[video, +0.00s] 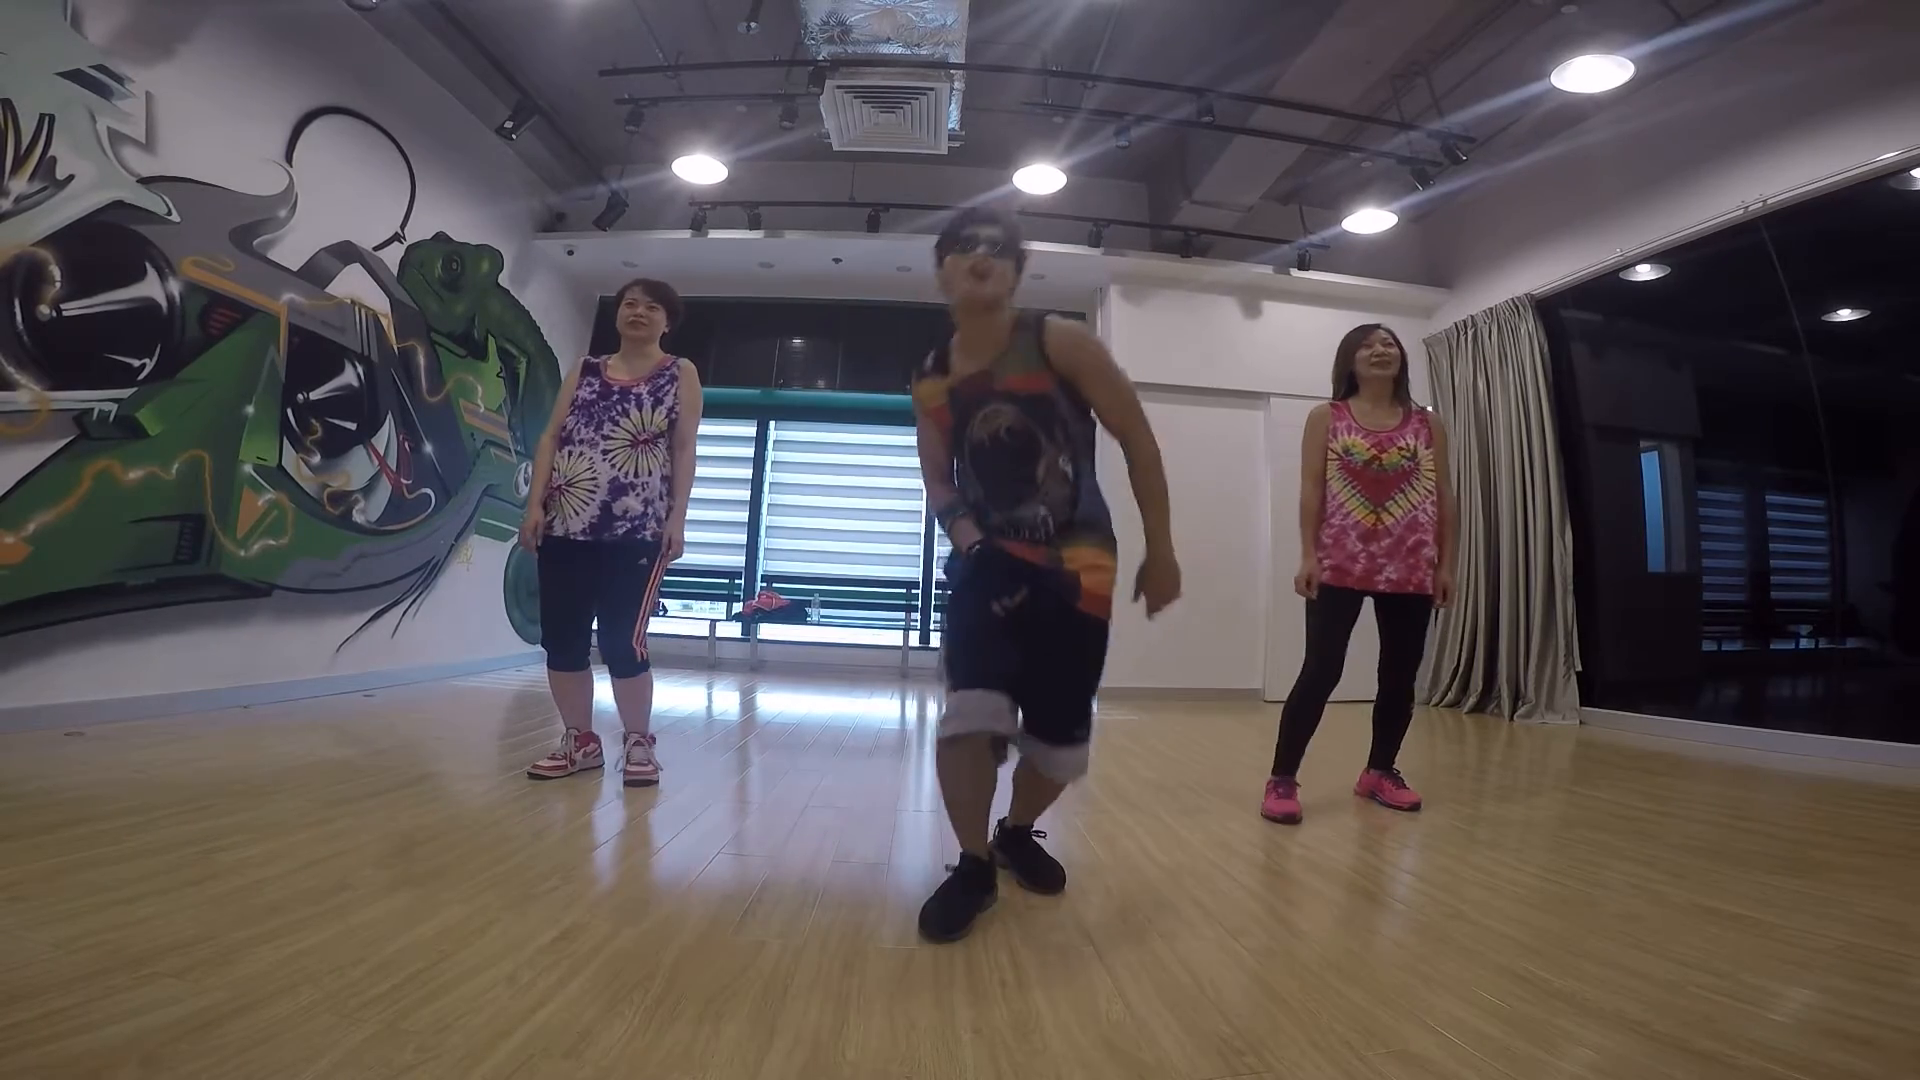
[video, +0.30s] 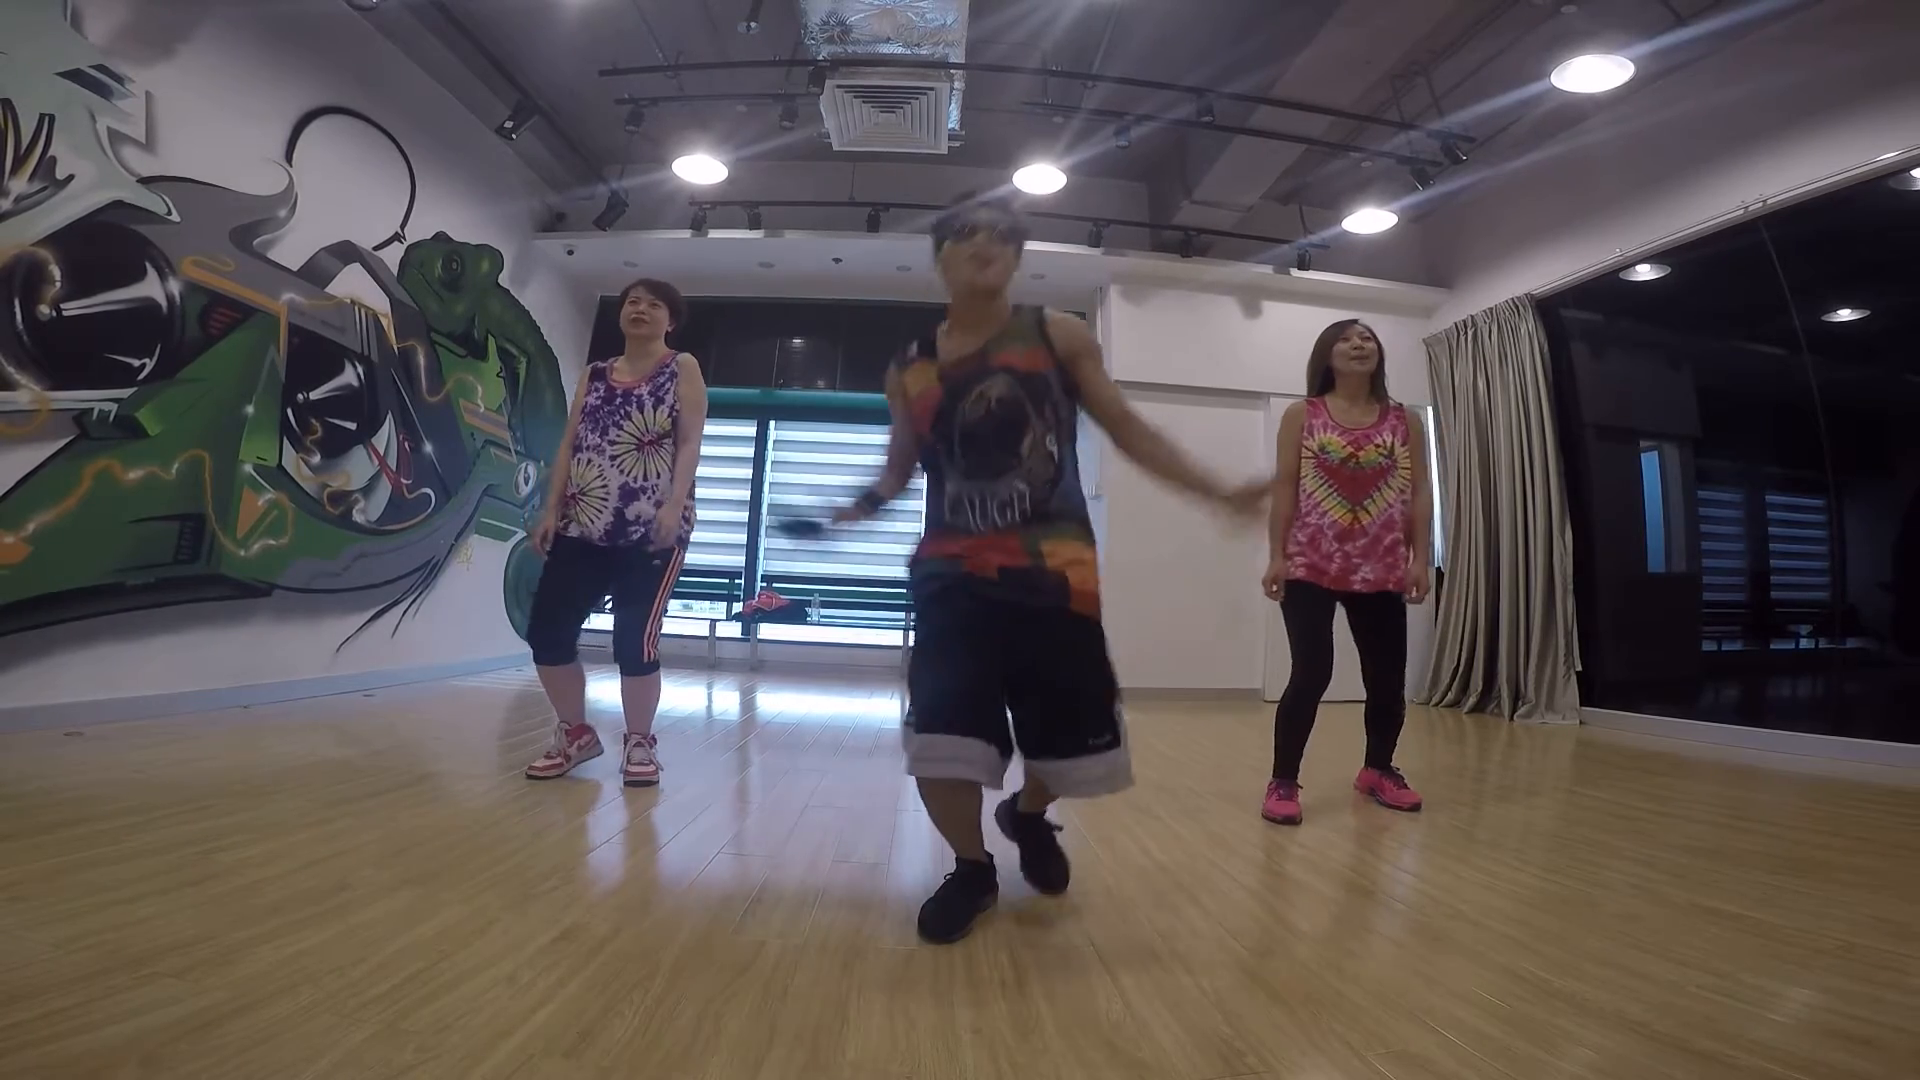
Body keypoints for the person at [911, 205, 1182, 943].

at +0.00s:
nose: (979, 260)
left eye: (996, 252)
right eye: (963, 249)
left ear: (1017, 275)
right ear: (940, 273)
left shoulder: (1063, 343)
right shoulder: (934, 379)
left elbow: (1139, 438)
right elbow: (938, 481)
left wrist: (1159, 549)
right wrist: (964, 531)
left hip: (1076, 568)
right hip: (985, 563)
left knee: (1059, 746)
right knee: (970, 718)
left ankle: (1015, 830)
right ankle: (973, 862)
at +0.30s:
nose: (984, 251)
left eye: (999, 240)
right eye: (966, 238)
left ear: (1018, 259)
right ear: (939, 259)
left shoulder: (1059, 337)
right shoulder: (913, 368)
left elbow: (1130, 432)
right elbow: (896, 469)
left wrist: (1218, 491)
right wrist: (860, 503)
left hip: (1054, 570)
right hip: (956, 570)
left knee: (1073, 742)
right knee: (937, 744)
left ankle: (1025, 813)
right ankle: (972, 866)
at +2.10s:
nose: (1044, 343)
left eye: (1055, 335)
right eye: (1029, 335)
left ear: (1069, 357)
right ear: (1005, 351)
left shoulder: (1063, 457)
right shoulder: (952, 406)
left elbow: (1055, 545)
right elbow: (894, 466)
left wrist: (1057, 616)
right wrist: (860, 538)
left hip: (1023, 605)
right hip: (944, 596)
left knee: (1053, 722)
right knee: (933, 722)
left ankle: (1005, 816)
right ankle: (963, 823)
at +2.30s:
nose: (1027, 312)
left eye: (1039, 304)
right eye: (1013, 303)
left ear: (1054, 326)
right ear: (988, 322)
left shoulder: (1072, 413)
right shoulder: (956, 398)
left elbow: (1078, 510)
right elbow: (933, 488)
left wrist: (1081, 599)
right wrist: (925, 565)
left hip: (1037, 586)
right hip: (952, 577)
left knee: (1042, 723)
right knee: (914, 712)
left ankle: (1004, 815)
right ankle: (948, 834)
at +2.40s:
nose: (1006, 281)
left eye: (1018, 275)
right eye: (992, 272)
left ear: (1032, 299)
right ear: (967, 294)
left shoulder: (1063, 367)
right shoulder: (949, 379)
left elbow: (1101, 453)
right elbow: (946, 469)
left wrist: (1106, 538)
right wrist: (939, 544)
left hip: (1040, 565)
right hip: (954, 560)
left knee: (1036, 707)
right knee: (915, 692)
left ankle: (1005, 815)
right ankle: (912, 842)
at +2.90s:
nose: (948, 350)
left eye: (961, 340)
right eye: (937, 338)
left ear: (977, 352)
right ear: (919, 349)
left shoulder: (1014, 399)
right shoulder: (904, 436)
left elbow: (1048, 484)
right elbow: (907, 521)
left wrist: (1063, 574)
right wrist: (904, 598)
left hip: (1022, 586)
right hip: (935, 594)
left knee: (1048, 711)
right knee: (921, 720)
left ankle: (1006, 807)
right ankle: (947, 802)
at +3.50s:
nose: (1005, 331)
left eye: (1016, 323)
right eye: (991, 326)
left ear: (1032, 339)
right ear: (974, 344)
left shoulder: (1045, 431)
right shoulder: (936, 399)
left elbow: (1058, 517)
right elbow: (884, 454)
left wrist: (1074, 590)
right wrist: (844, 499)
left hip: (999, 585)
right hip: (922, 578)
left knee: (1007, 714)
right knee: (894, 710)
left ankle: (976, 802)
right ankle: (930, 789)